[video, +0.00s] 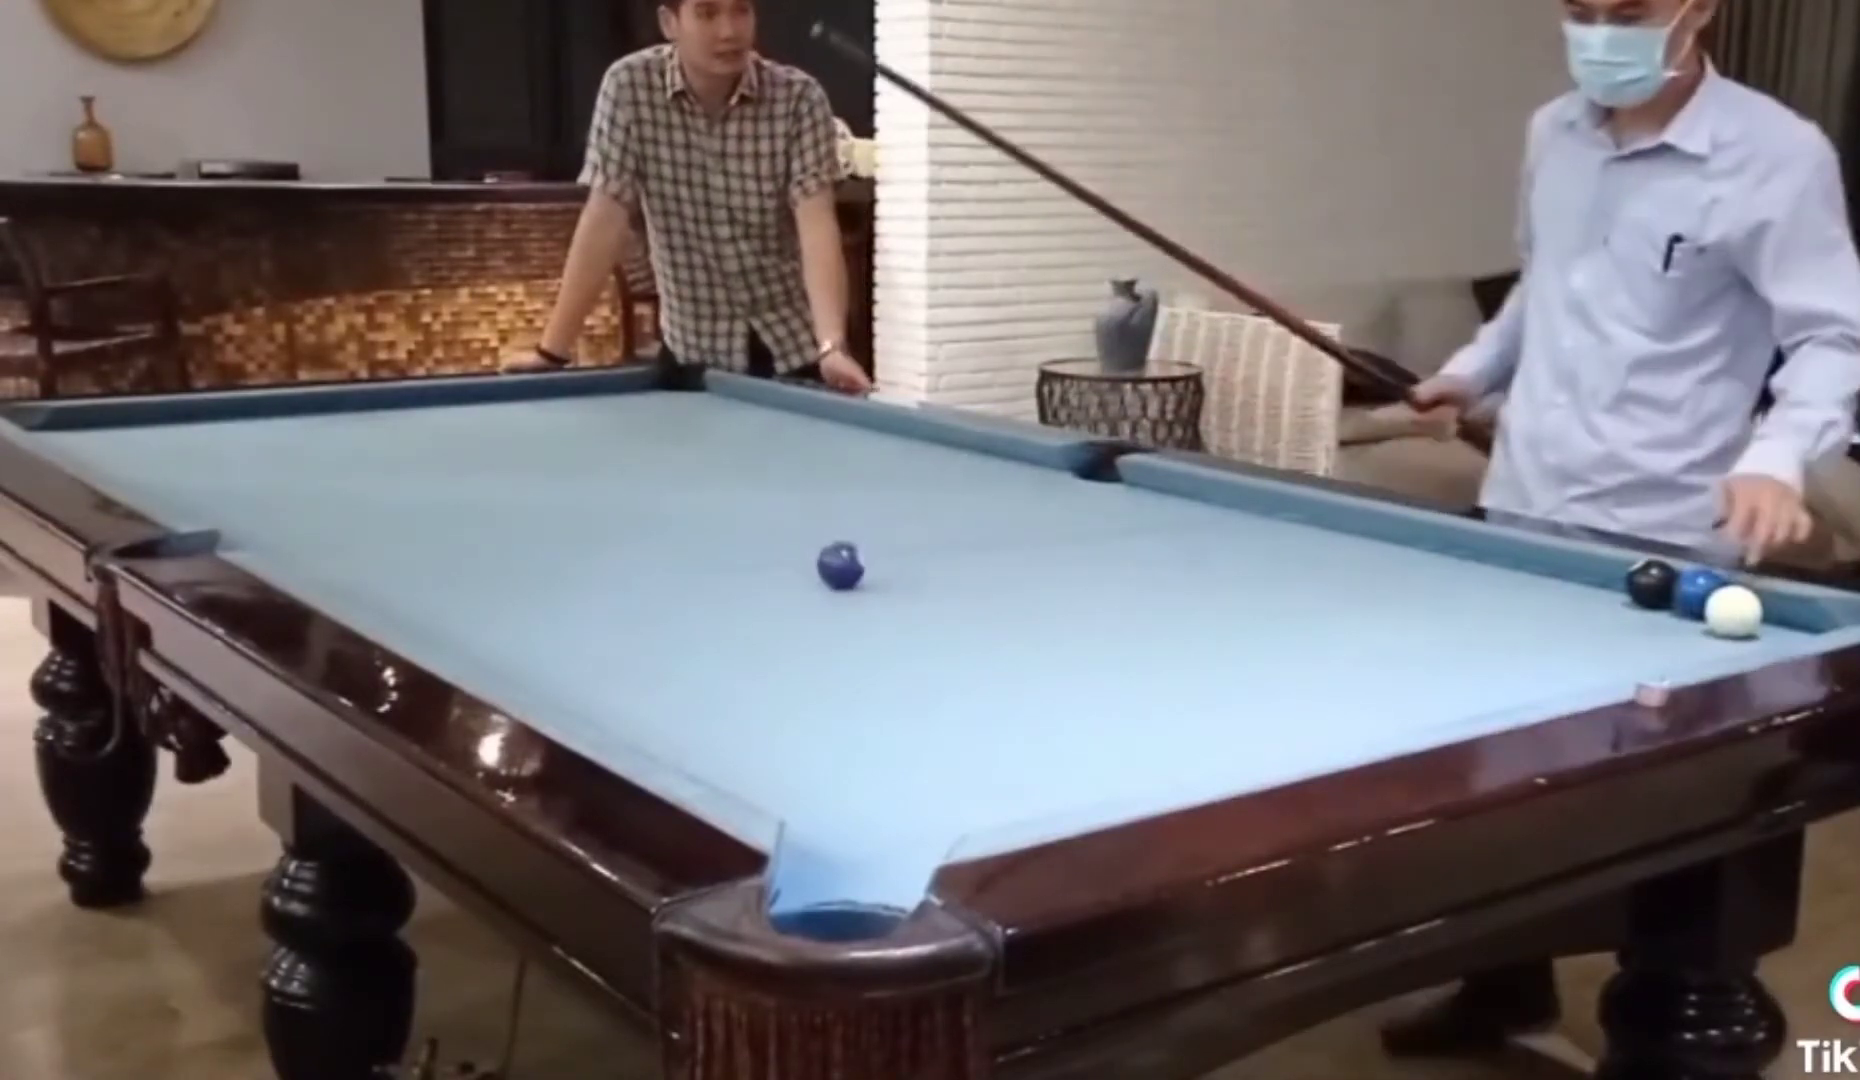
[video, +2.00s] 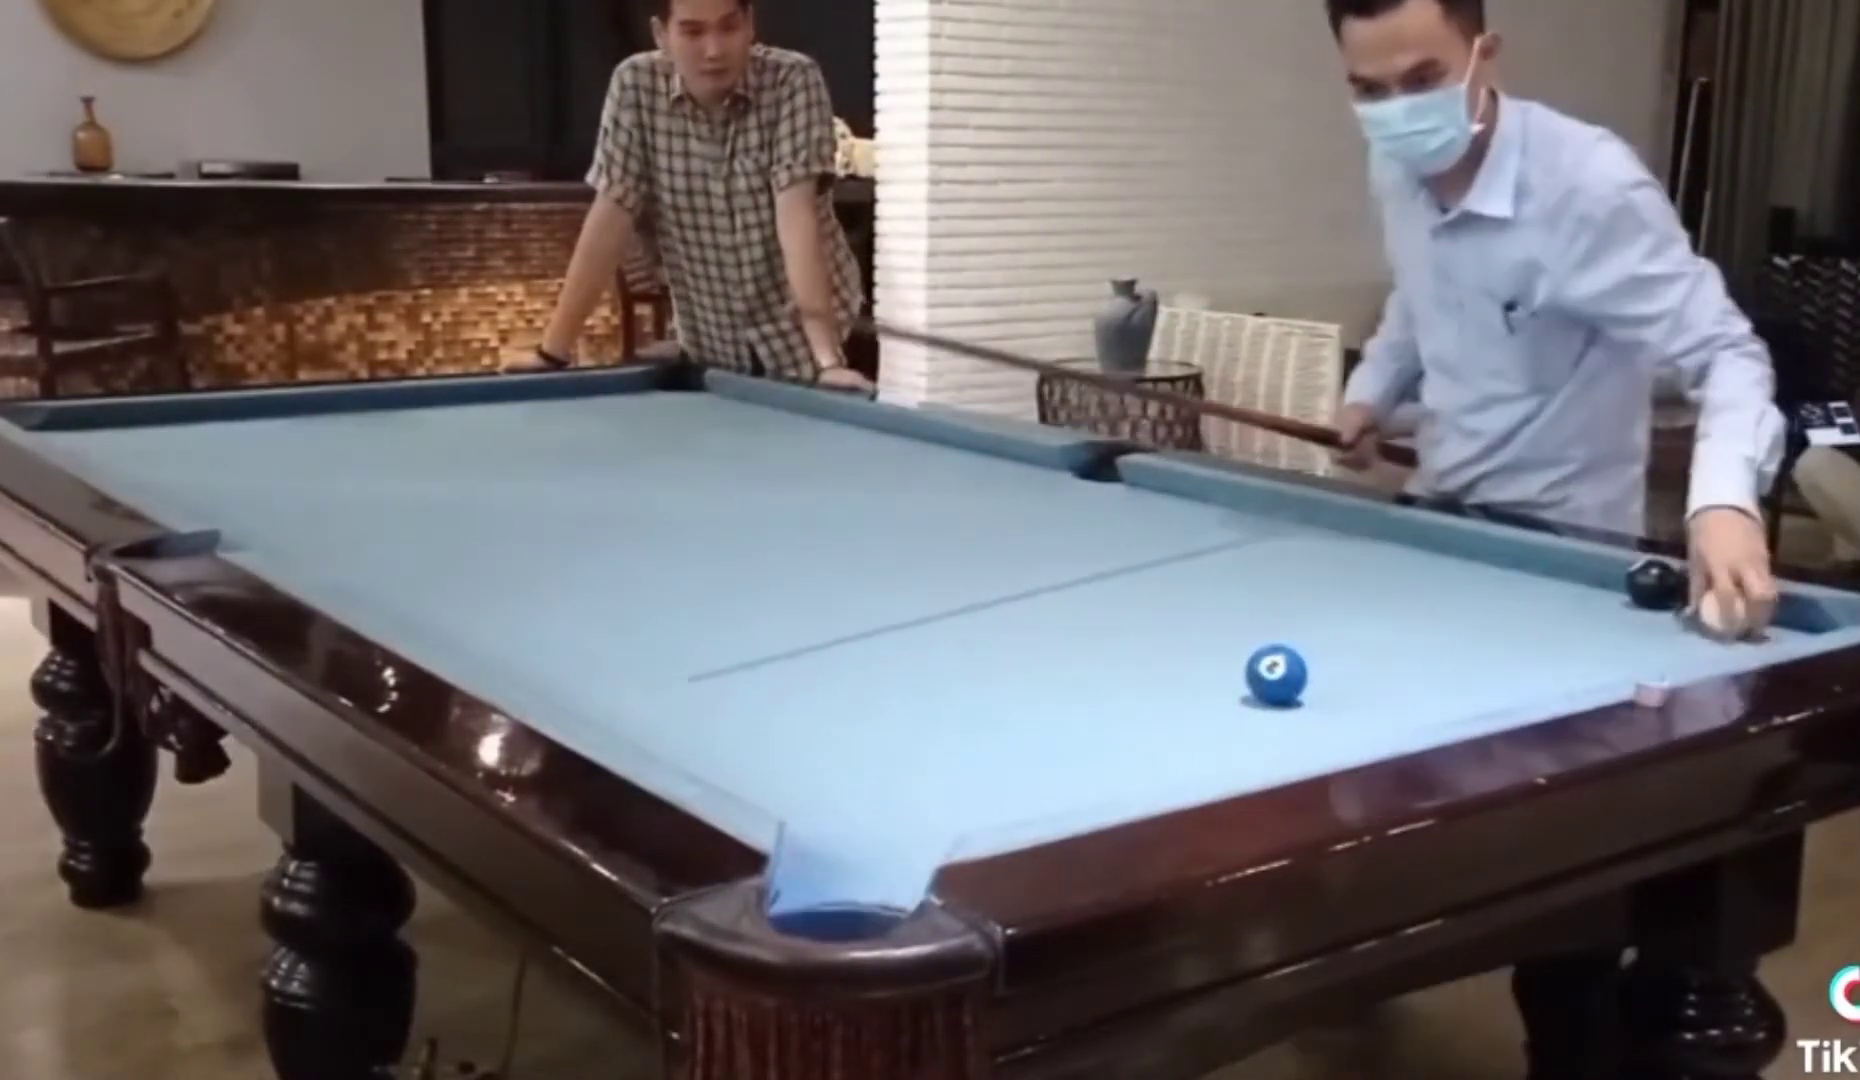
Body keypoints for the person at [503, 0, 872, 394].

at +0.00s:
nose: (728, 32)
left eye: (740, 12)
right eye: (707, 14)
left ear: (756, 18)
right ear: (669, 22)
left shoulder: (796, 96)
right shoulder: (630, 87)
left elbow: (817, 220)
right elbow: (606, 213)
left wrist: (831, 345)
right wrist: (552, 351)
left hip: (794, 339)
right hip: (694, 341)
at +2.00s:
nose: (713, 50)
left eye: (729, 28)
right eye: (693, 31)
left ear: (751, 27)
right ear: (662, 35)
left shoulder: (792, 79)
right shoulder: (636, 84)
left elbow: (798, 212)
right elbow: (611, 212)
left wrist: (829, 360)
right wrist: (552, 352)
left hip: (804, 348)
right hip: (706, 347)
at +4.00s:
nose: (717, 55)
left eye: (733, 33)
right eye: (696, 38)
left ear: (751, 29)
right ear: (662, 37)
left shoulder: (792, 80)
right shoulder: (637, 85)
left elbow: (798, 216)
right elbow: (610, 216)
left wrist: (829, 360)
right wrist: (550, 353)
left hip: (814, 348)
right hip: (710, 348)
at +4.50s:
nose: (720, 56)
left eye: (735, 35)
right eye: (700, 38)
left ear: (754, 28)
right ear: (664, 37)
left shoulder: (794, 80)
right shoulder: (637, 85)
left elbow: (799, 217)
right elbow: (611, 217)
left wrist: (829, 361)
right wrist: (552, 352)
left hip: (817, 347)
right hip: (711, 349)